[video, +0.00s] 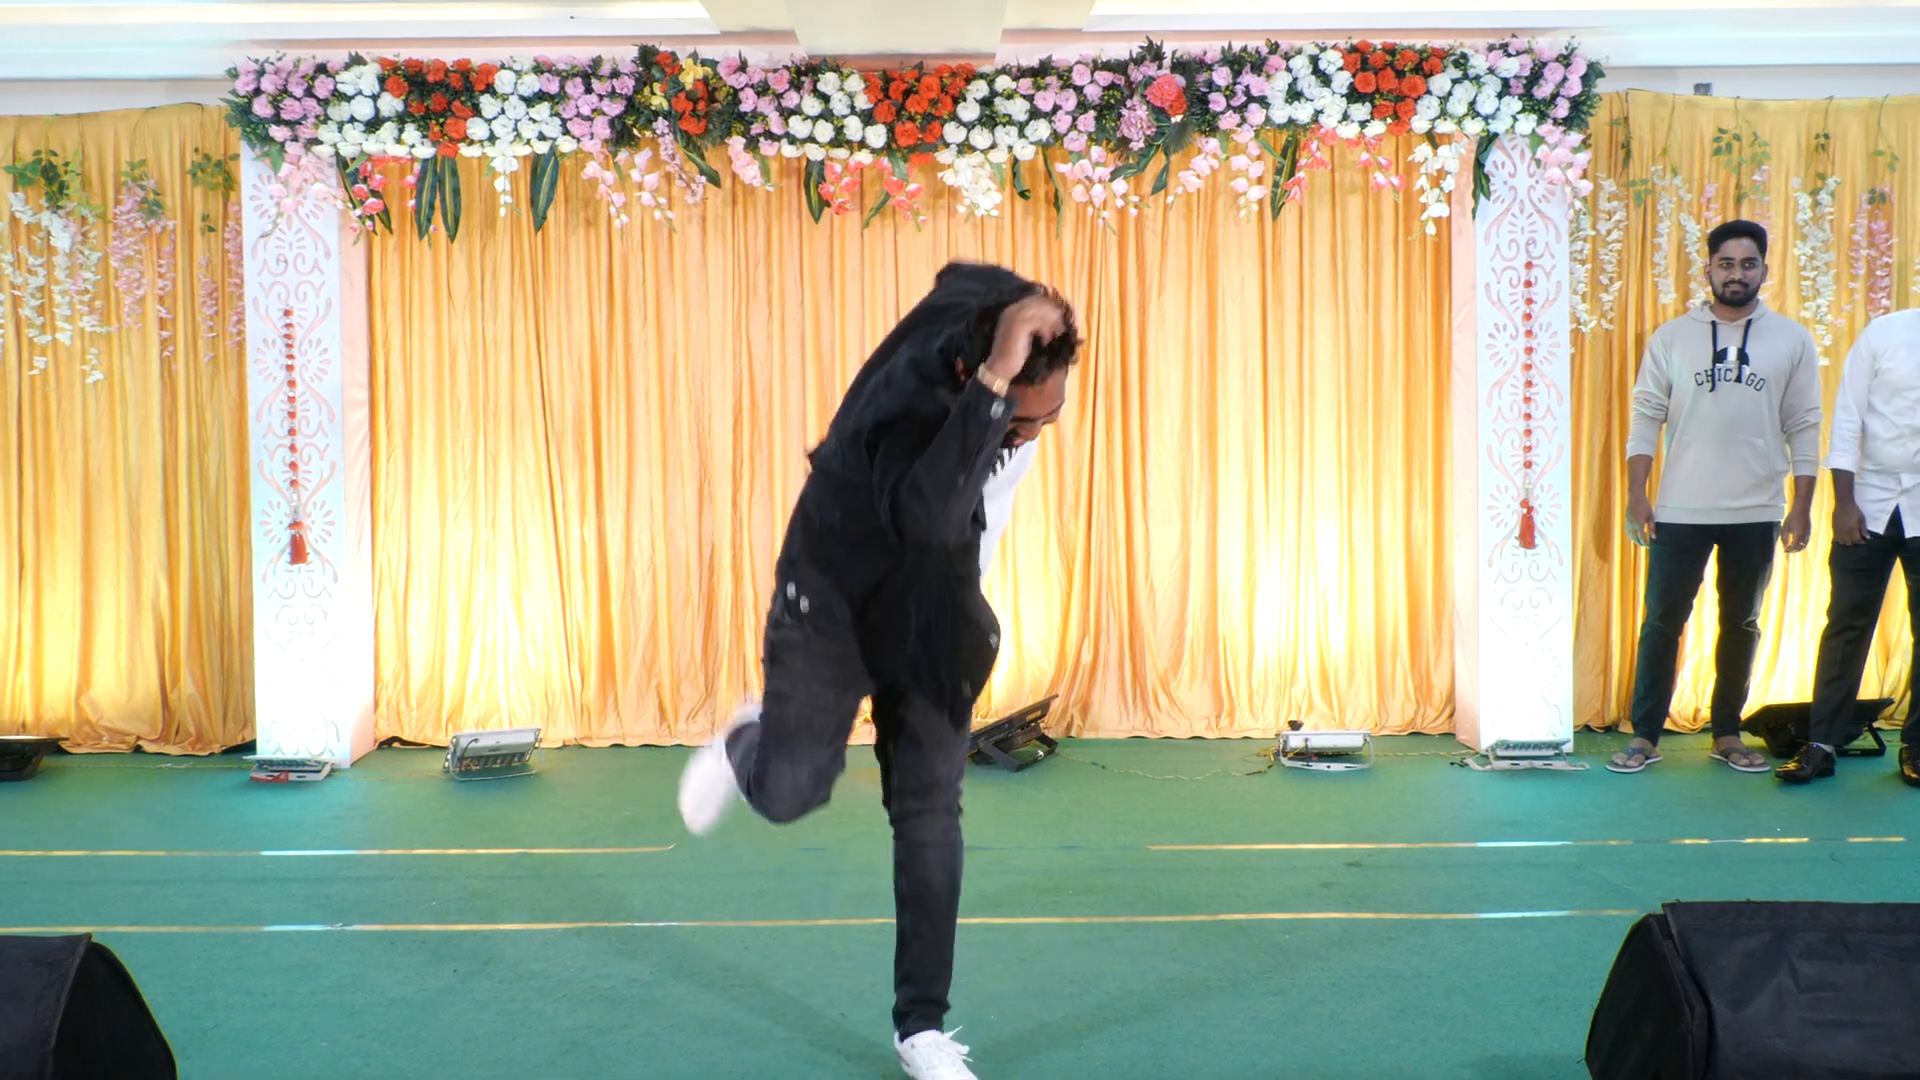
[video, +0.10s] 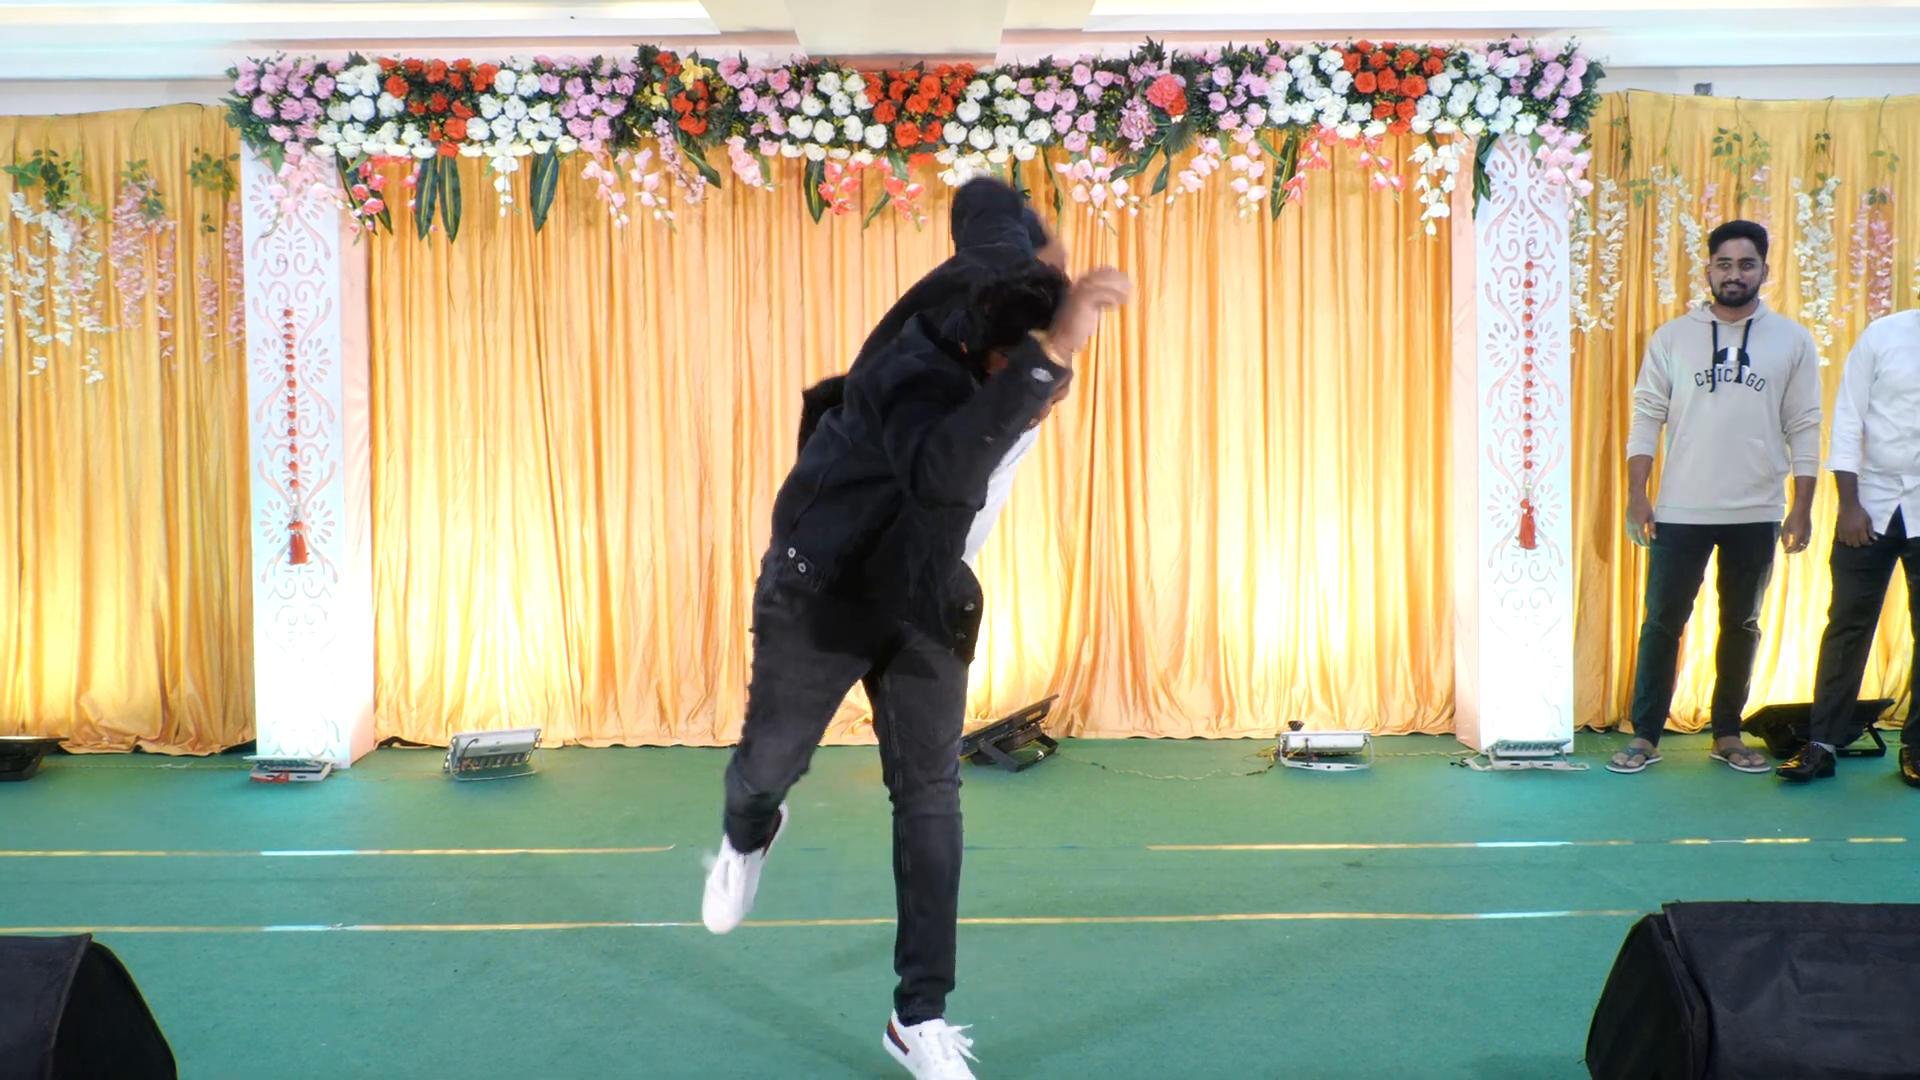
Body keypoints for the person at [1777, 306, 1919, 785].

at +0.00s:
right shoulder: (1886, 333)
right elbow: (1847, 417)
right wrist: (1843, 500)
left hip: (1917, 509)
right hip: (1871, 502)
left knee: (1919, 634)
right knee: (1846, 625)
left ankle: (1914, 746)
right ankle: (1821, 744)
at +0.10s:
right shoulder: (1885, 335)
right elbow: (1847, 419)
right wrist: (1848, 501)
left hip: (1917, 509)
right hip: (1873, 503)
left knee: (1919, 632)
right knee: (1848, 623)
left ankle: (1914, 746)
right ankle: (1822, 744)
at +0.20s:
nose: (1919, 286)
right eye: (1919, 279)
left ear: (1917, 286)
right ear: (1914, 286)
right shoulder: (1883, 337)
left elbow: (1849, 419)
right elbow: (1848, 420)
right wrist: (1849, 501)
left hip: (1917, 508)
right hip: (1876, 502)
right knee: (1847, 624)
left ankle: (1915, 745)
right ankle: (1821, 744)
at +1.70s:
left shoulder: (1914, 383)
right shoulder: (1917, 382)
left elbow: (1908, 437)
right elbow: (1909, 437)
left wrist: (1909, 505)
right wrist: (1909, 507)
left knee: (1915, 646)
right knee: (1916, 644)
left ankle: (1897, 752)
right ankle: (1895, 753)